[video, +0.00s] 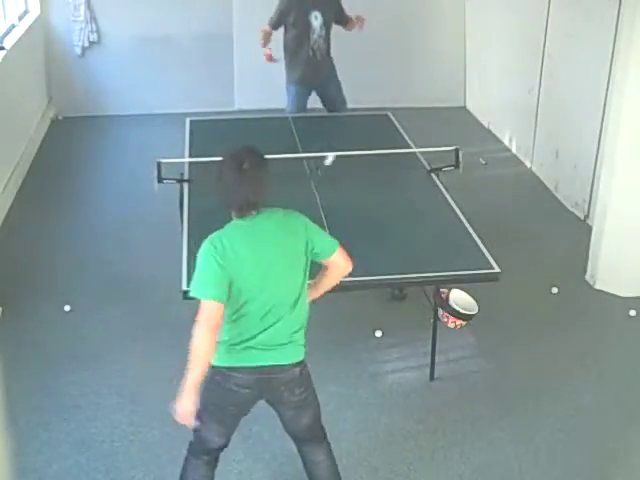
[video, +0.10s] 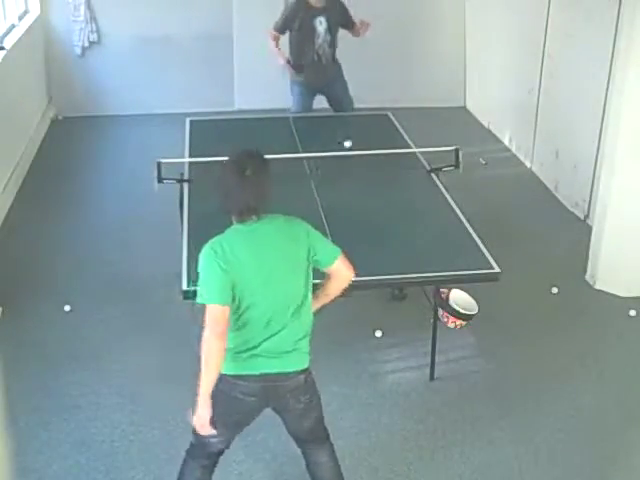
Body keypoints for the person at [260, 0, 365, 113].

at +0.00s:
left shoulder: (331, 3)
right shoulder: (289, 4)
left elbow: (347, 24)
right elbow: (269, 28)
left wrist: (355, 22)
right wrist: (266, 47)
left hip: (325, 71)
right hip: (298, 71)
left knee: (341, 116)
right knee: (295, 118)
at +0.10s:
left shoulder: (336, 5)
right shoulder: (295, 6)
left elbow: (353, 30)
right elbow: (274, 35)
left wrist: (359, 30)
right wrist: (282, 58)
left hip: (330, 72)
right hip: (302, 73)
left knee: (347, 112)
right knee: (300, 116)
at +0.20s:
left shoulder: (344, 11)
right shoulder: (306, 14)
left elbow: (358, 34)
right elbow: (288, 48)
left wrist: (366, 35)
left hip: (339, 75)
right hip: (312, 76)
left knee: (355, 113)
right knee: (306, 119)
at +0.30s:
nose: (342, 3)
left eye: (345, 2)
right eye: (340, 2)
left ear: (348, 1)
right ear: (333, 1)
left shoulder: (354, 10)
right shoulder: (322, 17)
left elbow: (365, 34)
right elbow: (317, 59)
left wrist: (379, 36)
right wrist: (345, 81)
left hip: (348, 74)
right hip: (323, 74)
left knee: (365, 114)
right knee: (314, 116)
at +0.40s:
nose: (357, 3)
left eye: (360, 1)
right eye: (353, 1)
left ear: (363, 1)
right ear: (346, 1)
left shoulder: (365, 9)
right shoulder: (338, 15)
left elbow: (373, 29)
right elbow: (344, 59)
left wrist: (395, 31)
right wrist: (372, 80)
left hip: (353, 71)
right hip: (330, 71)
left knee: (369, 111)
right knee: (317, 113)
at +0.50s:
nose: (367, 0)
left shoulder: (372, 5)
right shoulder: (344, 7)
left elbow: (378, 21)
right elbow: (347, 50)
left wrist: (400, 24)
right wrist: (374, 65)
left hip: (357, 65)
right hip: (333, 65)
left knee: (372, 112)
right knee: (320, 111)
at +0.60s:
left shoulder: (378, 3)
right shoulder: (347, 3)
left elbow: (383, 17)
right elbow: (337, 33)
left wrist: (405, 17)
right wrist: (343, 48)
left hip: (362, 62)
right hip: (337, 62)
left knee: (373, 111)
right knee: (327, 110)